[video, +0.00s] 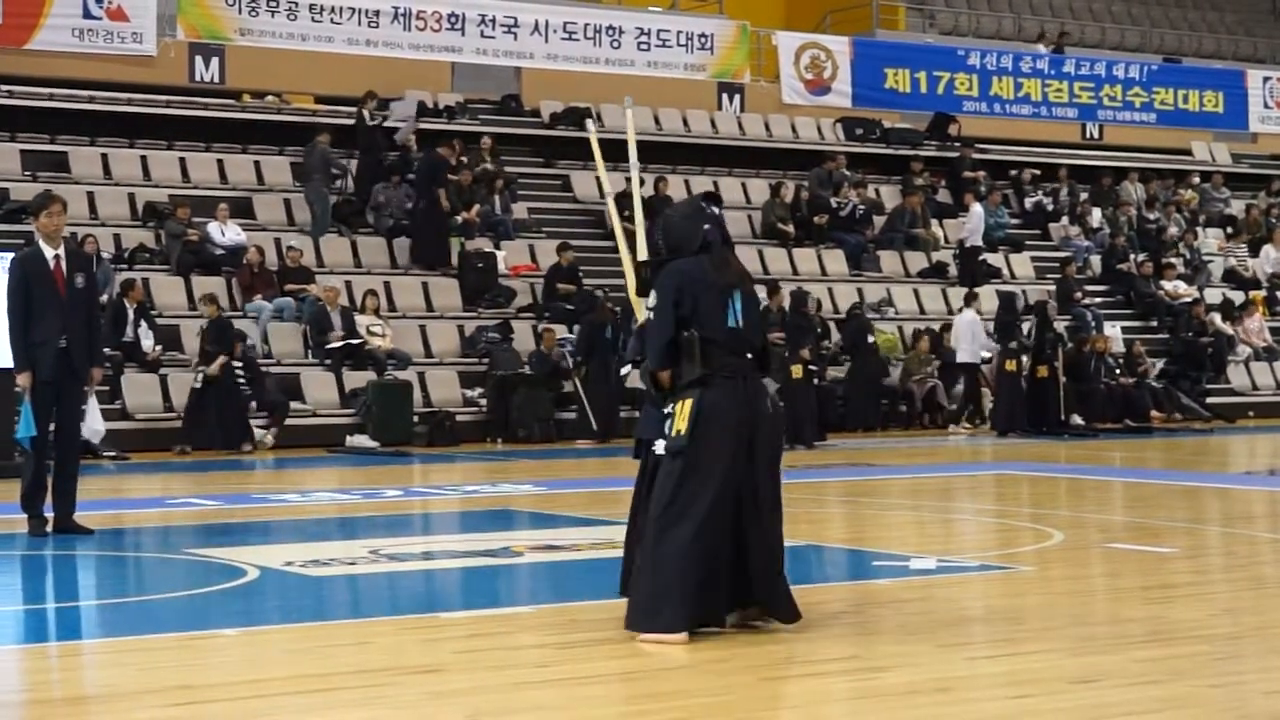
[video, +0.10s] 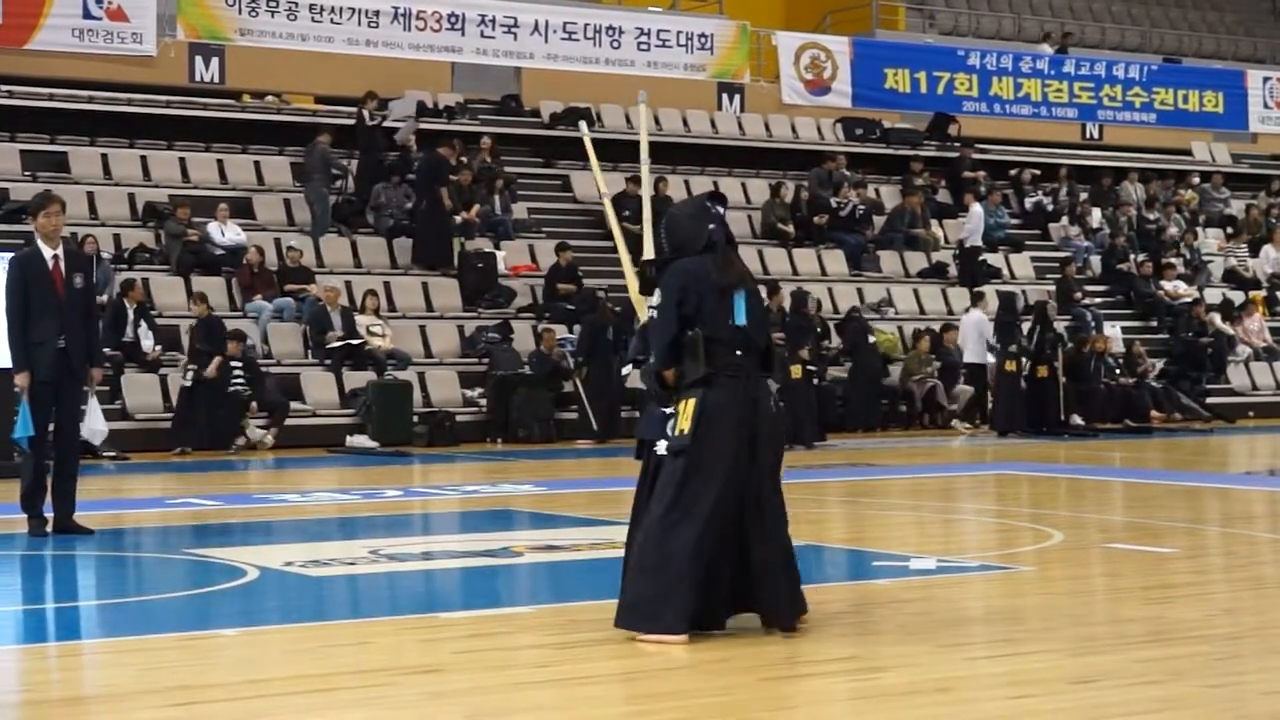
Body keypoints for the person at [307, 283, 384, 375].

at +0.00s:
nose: (327, 294)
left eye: (331, 291)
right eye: (325, 291)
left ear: (338, 294)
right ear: (322, 293)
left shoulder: (347, 311)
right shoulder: (316, 312)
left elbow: (353, 334)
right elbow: (315, 339)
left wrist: (343, 336)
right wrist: (329, 338)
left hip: (346, 344)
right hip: (326, 346)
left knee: (359, 350)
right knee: (337, 354)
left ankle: (360, 383)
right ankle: (338, 387)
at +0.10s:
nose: (328, 294)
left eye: (331, 291)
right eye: (325, 291)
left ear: (338, 294)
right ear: (322, 294)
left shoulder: (347, 311)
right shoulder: (316, 312)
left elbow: (353, 333)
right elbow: (315, 339)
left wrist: (342, 336)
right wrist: (327, 338)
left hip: (346, 344)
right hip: (326, 347)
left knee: (359, 350)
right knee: (338, 352)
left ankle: (359, 381)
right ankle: (336, 384)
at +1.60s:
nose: (333, 295)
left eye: (336, 292)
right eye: (331, 291)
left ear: (343, 294)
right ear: (328, 293)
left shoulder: (349, 312)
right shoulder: (320, 311)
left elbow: (354, 333)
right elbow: (315, 336)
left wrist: (361, 340)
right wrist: (326, 340)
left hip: (348, 343)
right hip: (329, 344)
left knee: (360, 352)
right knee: (339, 353)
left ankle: (359, 383)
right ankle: (339, 387)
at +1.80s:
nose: (336, 298)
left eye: (339, 295)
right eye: (334, 294)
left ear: (344, 296)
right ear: (330, 295)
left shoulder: (349, 312)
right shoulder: (320, 311)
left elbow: (354, 333)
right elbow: (315, 335)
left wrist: (361, 339)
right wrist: (324, 340)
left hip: (348, 342)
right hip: (330, 344)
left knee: (360, 350)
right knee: (341, 351)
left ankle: (359, 380)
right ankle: (337, 382)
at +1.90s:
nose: (340, 299)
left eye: (342, 296)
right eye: (337, 296)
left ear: (345, 296)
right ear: (331, 296)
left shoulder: (349, 312)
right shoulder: (320, 311)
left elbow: (354, 333)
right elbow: (315, 335)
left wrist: (362, 340)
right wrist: (324, 340)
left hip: (348, 342)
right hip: (330, 344)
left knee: (360, 351)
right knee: (342, 351)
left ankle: (360, 380)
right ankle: (336, 381)